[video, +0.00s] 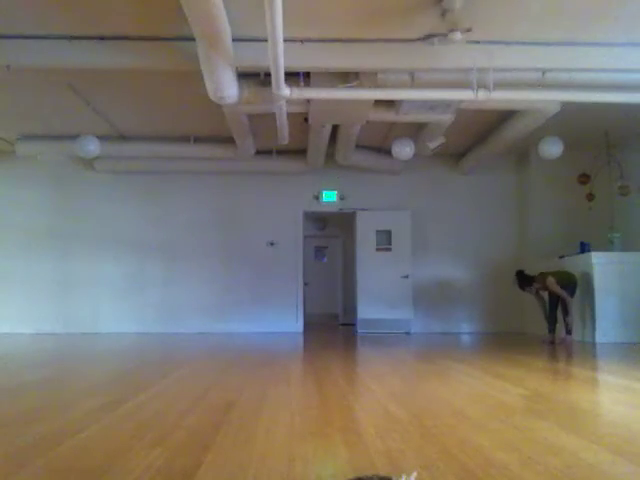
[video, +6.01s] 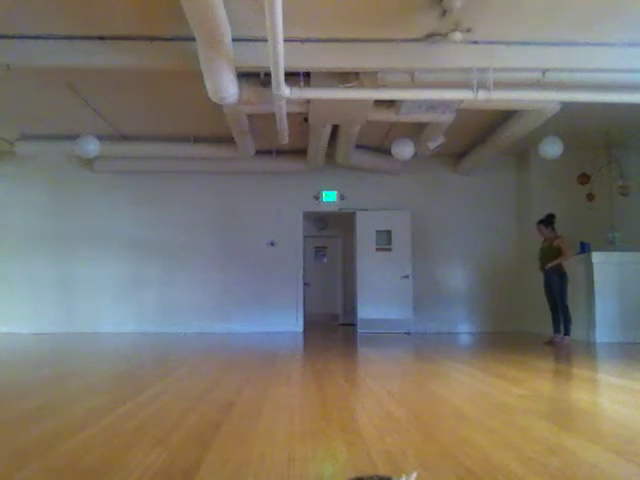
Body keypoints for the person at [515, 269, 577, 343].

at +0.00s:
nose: (529, 292)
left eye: (527, 290)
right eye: (526, 291)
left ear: (530, 286)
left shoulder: (548, 282)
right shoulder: (534, 287)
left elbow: (567, 298)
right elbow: (542, 301)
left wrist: (570, 316)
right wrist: (546, 316)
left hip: (569, 284)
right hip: (553, 286)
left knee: (565, 309)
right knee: (552, 312)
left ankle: (568, 336)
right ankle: (551, 337)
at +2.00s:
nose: (538, 231)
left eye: (541, 228)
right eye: (538, 228)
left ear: (548, 229)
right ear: (540, 230)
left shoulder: (554, 243)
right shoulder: (541, 243)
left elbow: (567, 253)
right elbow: (542, 257)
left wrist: (557, 261)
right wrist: (539, 268)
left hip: (553, 276)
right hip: (543, 276)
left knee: (557, 304)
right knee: (547, 305)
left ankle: (565, 333)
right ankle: (551, 332)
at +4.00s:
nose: (543, 240)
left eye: (543, 237)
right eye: (541, 238)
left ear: (548, 233)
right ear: (544, 236)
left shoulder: (561, 239)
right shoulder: (548, 242)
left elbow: (575, 247)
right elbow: (548, 256)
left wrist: (566, 258)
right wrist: (546, 262)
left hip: (562, 271)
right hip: (551, 272)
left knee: (563, 303)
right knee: (552, 304)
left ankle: (567, 336)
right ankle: (555, 334)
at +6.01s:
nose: (540, 233)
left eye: (541, 229)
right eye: (539, 230)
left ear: (548, 228)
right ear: (544, 230)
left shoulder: (559, 241)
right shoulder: (545, 243)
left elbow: (567, 255)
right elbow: (544, 257)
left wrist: (552, 263)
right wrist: (542, 265)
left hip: (558, 274)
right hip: (548, 274)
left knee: (561, 304)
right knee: (553, 305)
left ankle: (566, 335)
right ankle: (556, 334)